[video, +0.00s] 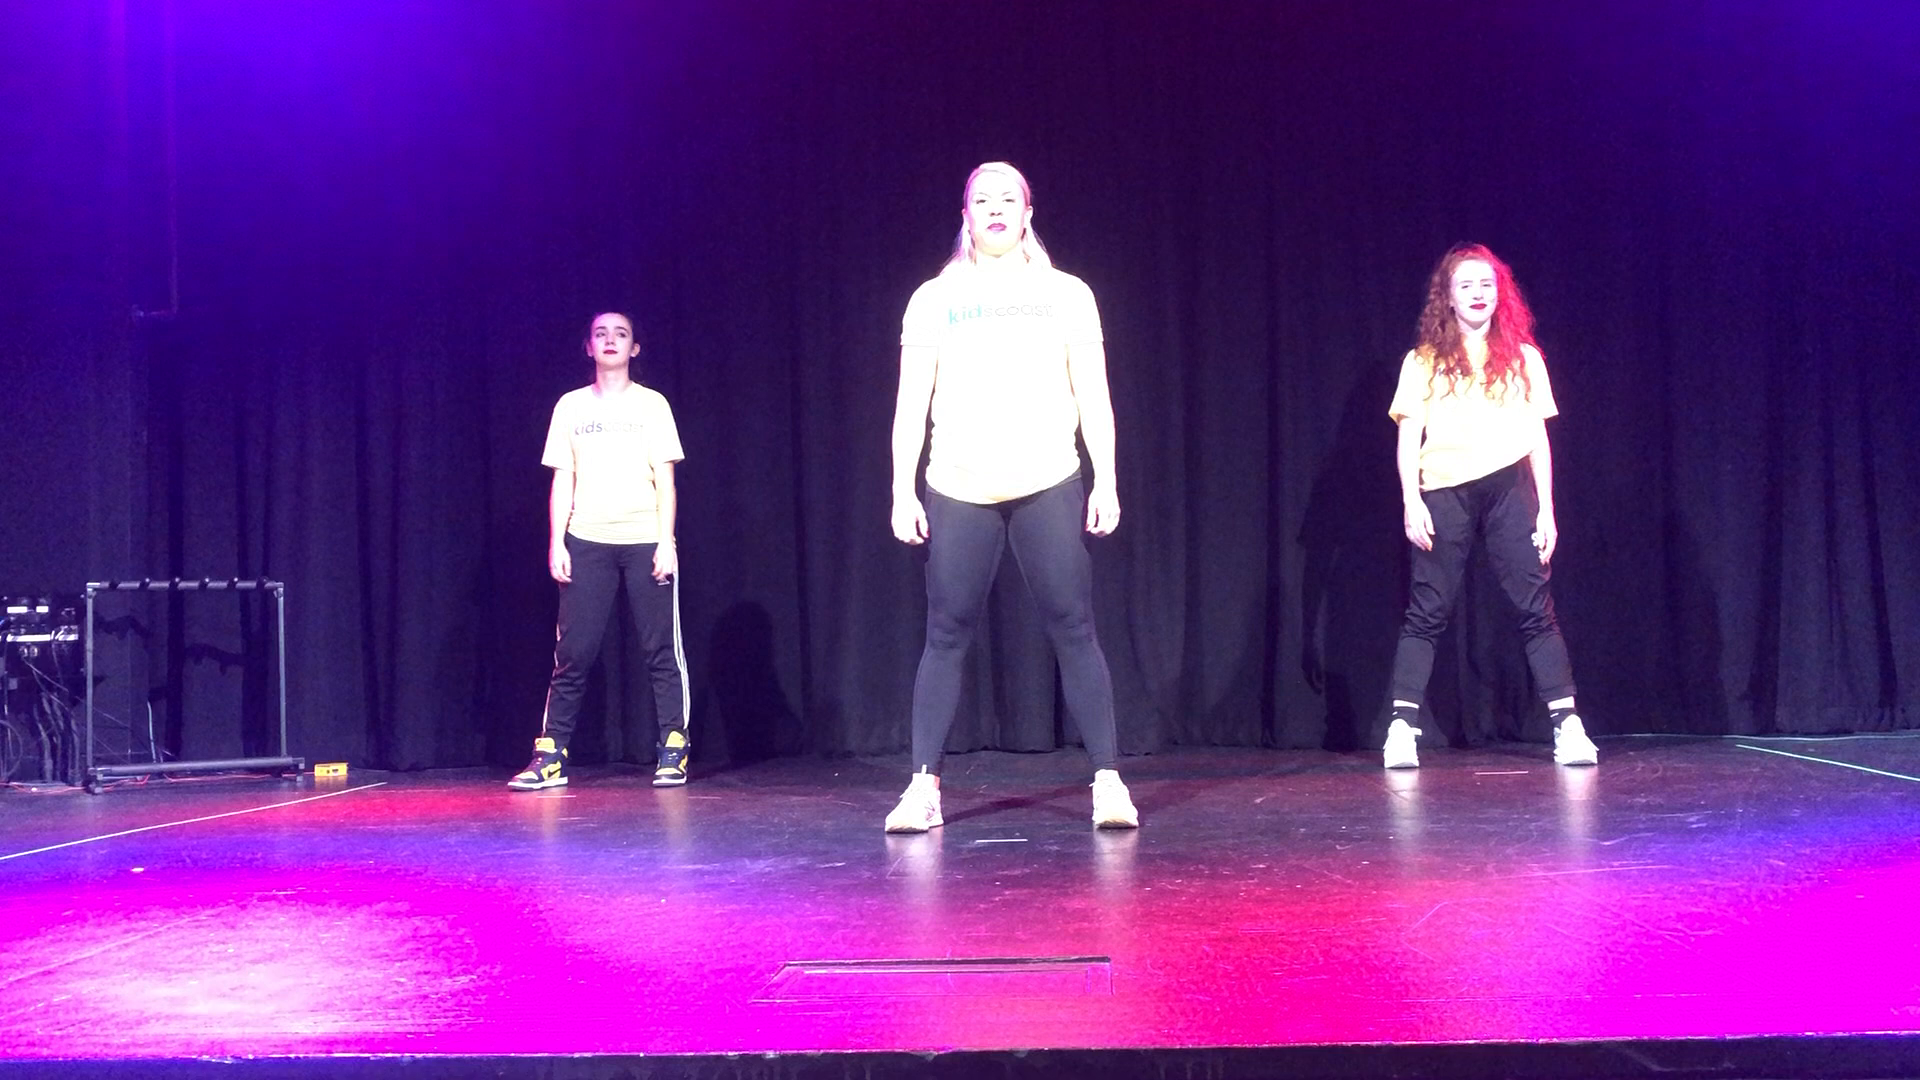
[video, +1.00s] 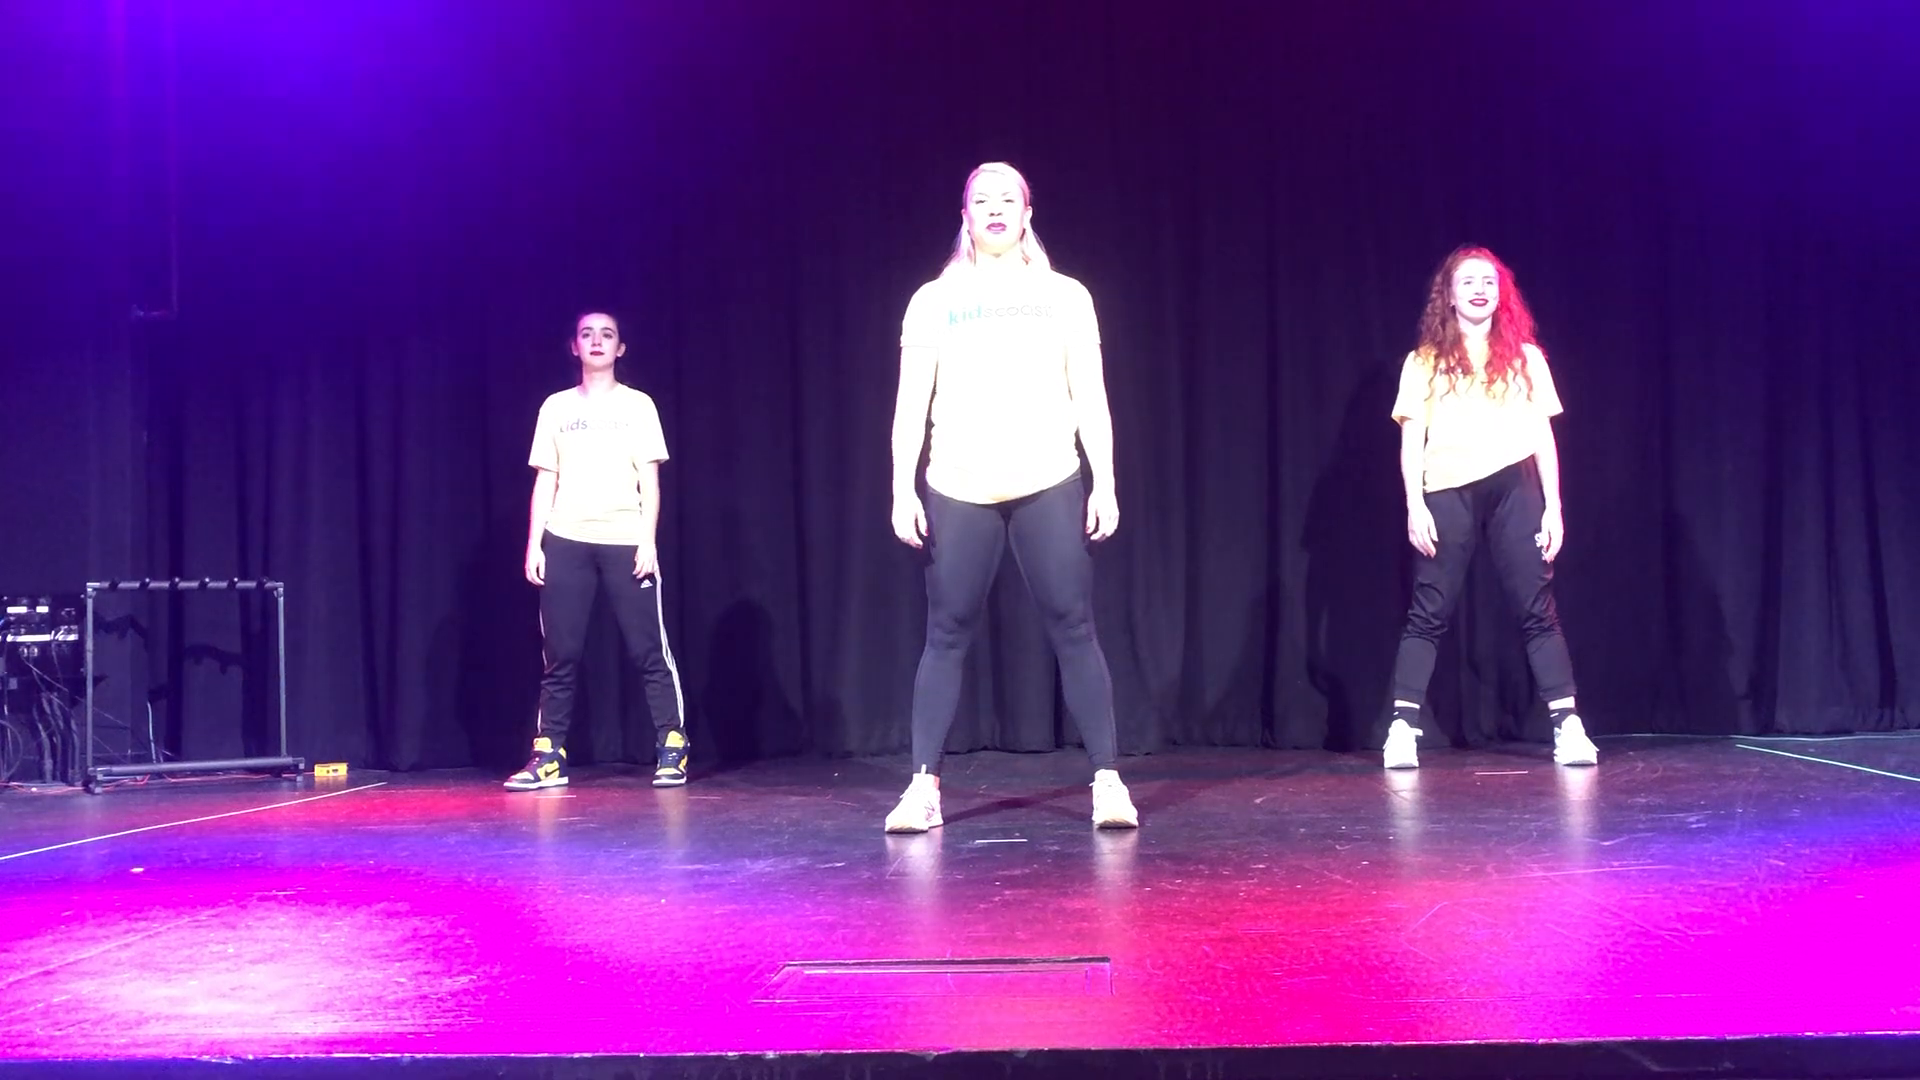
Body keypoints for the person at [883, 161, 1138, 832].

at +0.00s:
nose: (996, 210)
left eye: (1007, 200)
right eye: (984, 200)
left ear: (1028, 212)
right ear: (966, 213)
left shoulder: (1069, 294)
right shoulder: (931, 300)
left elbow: (1093, 392)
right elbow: (912, 402)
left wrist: (1105, 478)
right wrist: (903, 488)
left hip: (1049, 482)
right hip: (960, 485)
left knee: (1073, 624)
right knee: (946, 627)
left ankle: (1107, 777)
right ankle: (923, 783)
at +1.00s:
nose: (995, 211)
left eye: (1006, 201)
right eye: (983, 201)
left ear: (1027, 212)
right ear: (965, 213)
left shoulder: (1068, 296)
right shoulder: (932, 301)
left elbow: (1090, 393)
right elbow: (912, 403)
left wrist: (1103, 480)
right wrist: (903, 488)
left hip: (1048, 482)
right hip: (960, 486)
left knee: (1073, 623)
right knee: (947, 628)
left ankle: (1106, 777)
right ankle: (923, 783)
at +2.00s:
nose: (999, 209)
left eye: (1010, 199)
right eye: (987, 199)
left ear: (1030, 209)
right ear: (967, 210)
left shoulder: (1070, 294)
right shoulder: (932, 299)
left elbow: (1092, 394)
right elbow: (911, 402)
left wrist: (1106, 483)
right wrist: (904, 488)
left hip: (1050, 482)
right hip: (961, 486)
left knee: (1074, 624)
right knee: (947, 629)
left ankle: (1108, 780)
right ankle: (924, 783)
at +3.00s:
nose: (870, 274)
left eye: (884, 261)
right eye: (872, 264)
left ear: (928, 273)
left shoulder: (973, 346)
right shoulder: (902, 358)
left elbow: (1011, 447)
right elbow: (826, 406)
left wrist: (1034, 539)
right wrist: (852, 332)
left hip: (1007, 518)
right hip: (946, 526)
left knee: (1024, 659)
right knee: (892, 638)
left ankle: (1141, 768)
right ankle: (915, 792)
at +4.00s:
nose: (1088, 221)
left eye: (1085, 210)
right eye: (1074, 208)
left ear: (1072, 227)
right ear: (1032, 220)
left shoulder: (1085, 311)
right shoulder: (986, 288)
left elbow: (1145, 383)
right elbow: (1011, 344)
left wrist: (1182, 312)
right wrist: (1025, 249)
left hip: (1049, 494)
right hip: (965, 491)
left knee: (1098, 622)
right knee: (930, 634)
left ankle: (1119, 781)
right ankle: (912, 787)